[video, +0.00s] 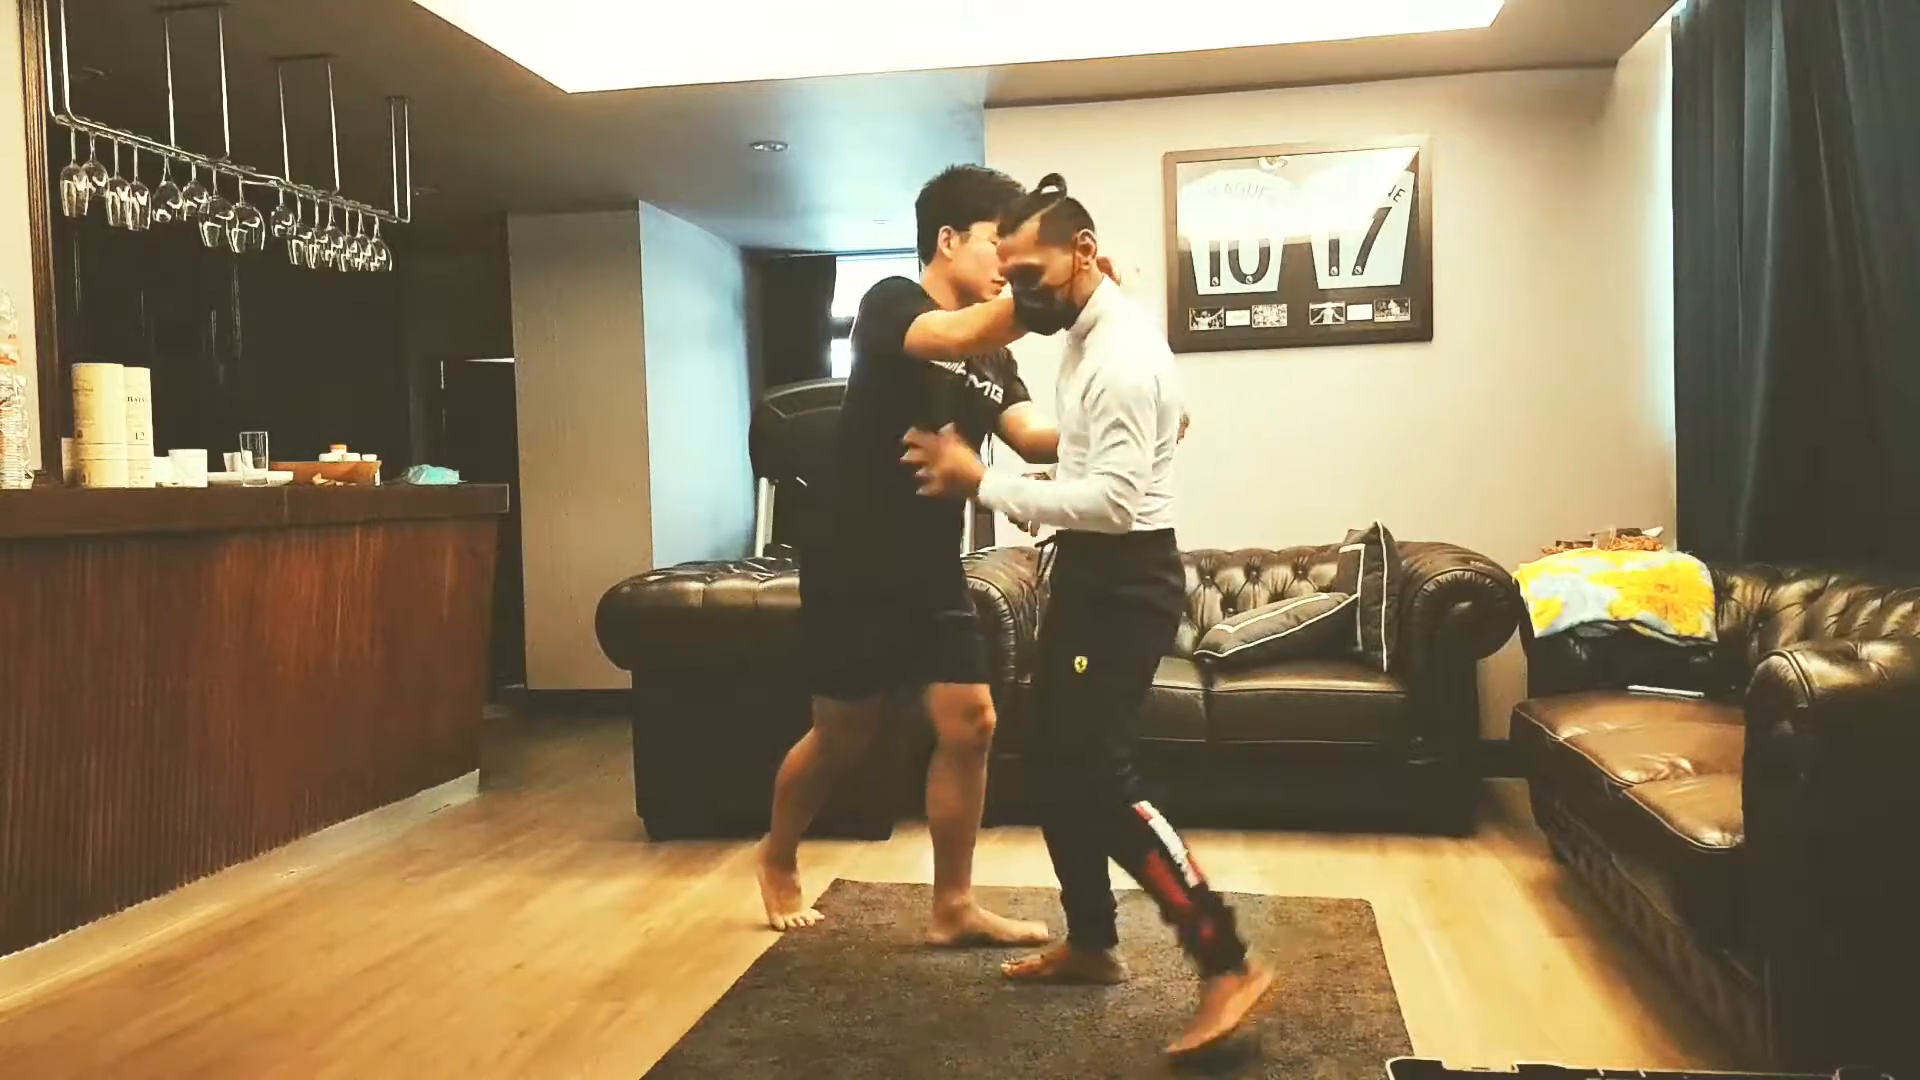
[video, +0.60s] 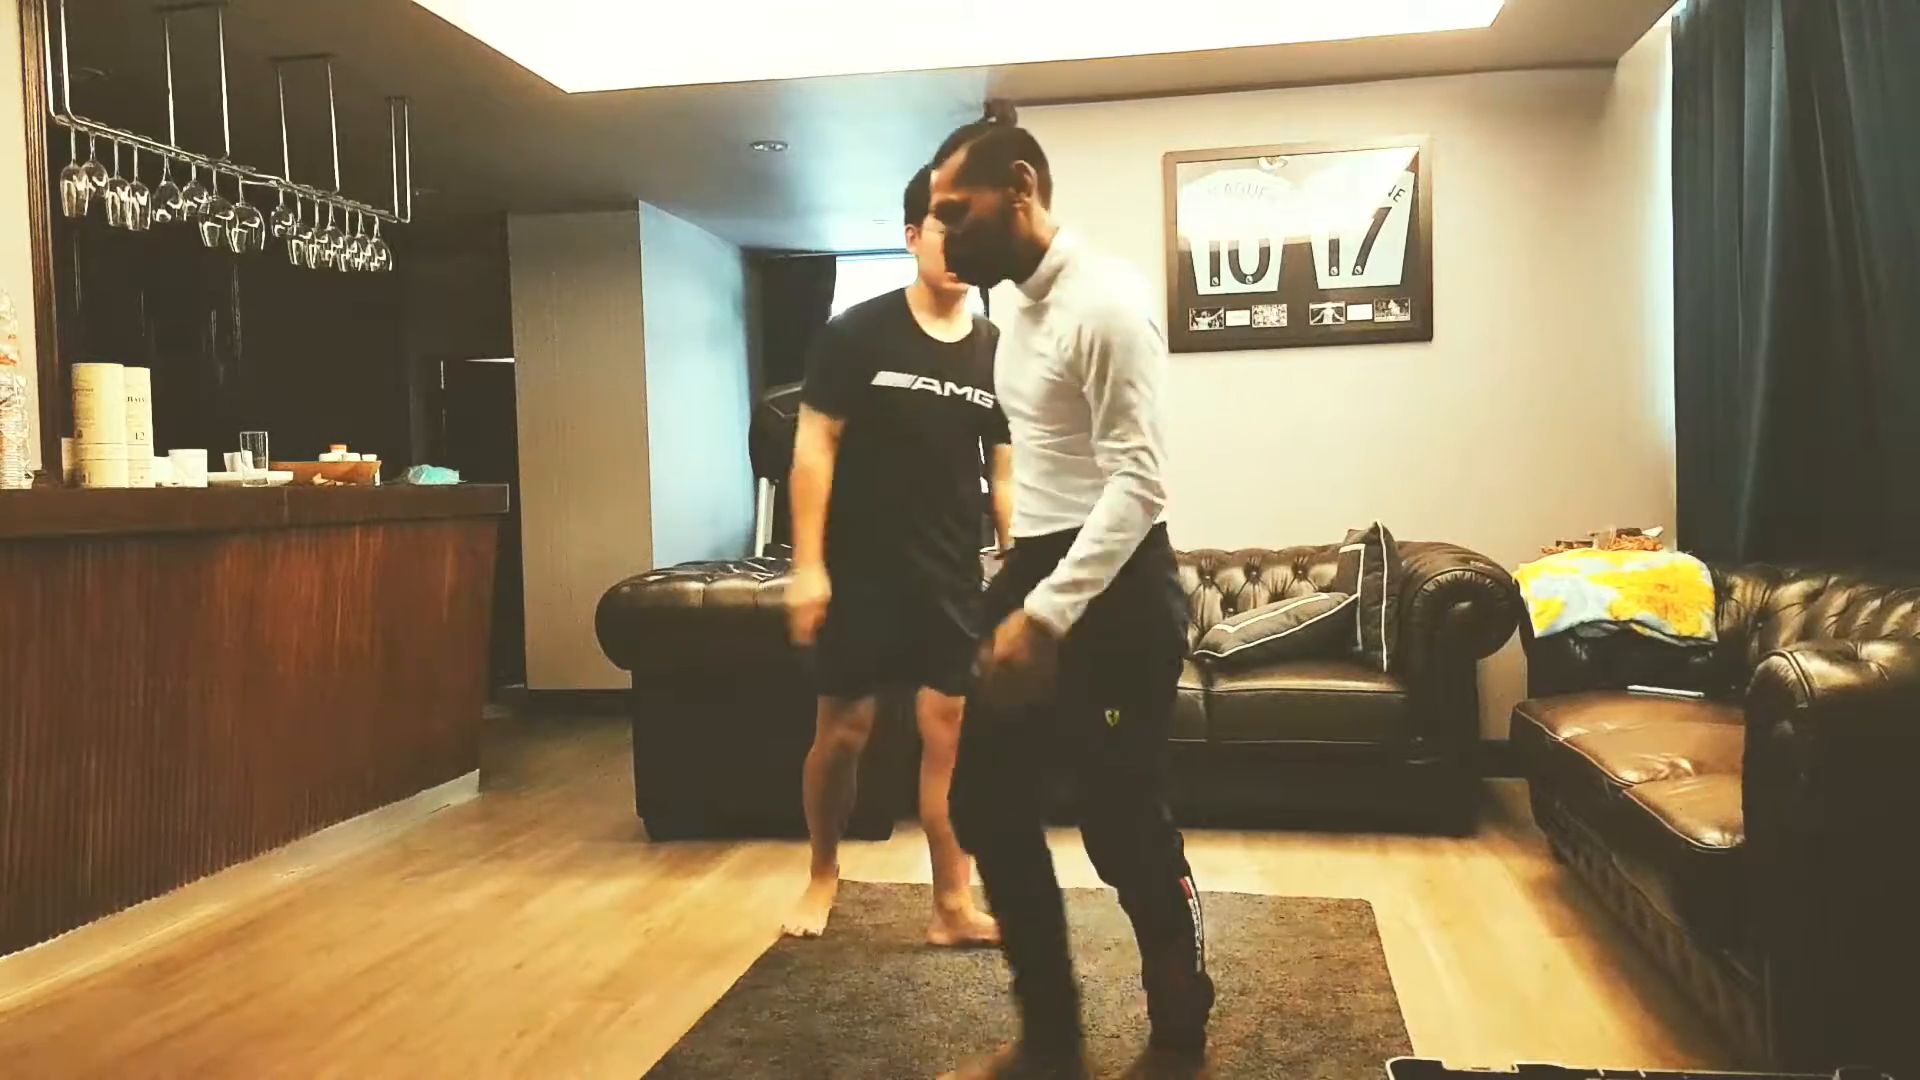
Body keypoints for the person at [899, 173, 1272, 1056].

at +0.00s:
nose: (1021, 290)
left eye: (1030, 271)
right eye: (1015, 274)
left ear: (1081, 252)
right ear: (1067, 259)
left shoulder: (1121, 352)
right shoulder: (1092, 330)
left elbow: (1116, 499)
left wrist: (984, 482)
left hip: (1129, 577)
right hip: (1088, 570)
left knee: (1095, 770)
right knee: (1054, 761)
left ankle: (1229, 967)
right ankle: (1089, 944)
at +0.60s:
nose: (943, 233)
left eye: (956, 210)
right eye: (938, 214)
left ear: (1025, 193)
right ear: (1003, 203)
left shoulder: (1108, 306)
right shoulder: (1011, 302)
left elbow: (1140, 482)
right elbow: (1042, 452)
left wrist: (1046, 611)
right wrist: (1015, 555)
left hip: (1119, 582)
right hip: (1036, 576)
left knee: (1124, 821)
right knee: (990, 809)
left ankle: (1179, 1019)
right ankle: (1050, 1038)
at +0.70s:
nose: (907, 224)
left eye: (919, 201)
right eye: (904, 206)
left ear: (990, 186)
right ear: (980, 193)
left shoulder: (1082, 302)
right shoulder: (986, 310)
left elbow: (1119, 489)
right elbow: (1005, 468)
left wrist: (1064, 638)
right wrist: (982, 587)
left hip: (1091, 589)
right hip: (1004, 587)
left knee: (1119, 827)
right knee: (975, 831)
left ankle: (1177, 1010)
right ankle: (983, 1055)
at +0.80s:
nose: (869, 205)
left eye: (886, 184)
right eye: (868, 188)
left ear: (956, 180)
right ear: (946, 186)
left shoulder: (1048, 296)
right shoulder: (946, 309)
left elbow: (1100, 479)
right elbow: (973, 476)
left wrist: (1043, 639)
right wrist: (947, 628)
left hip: (1062, 593)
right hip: (968, 595)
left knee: (1097, 845)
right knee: (948, 858)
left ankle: (1171, 1012)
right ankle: (966, 1062)